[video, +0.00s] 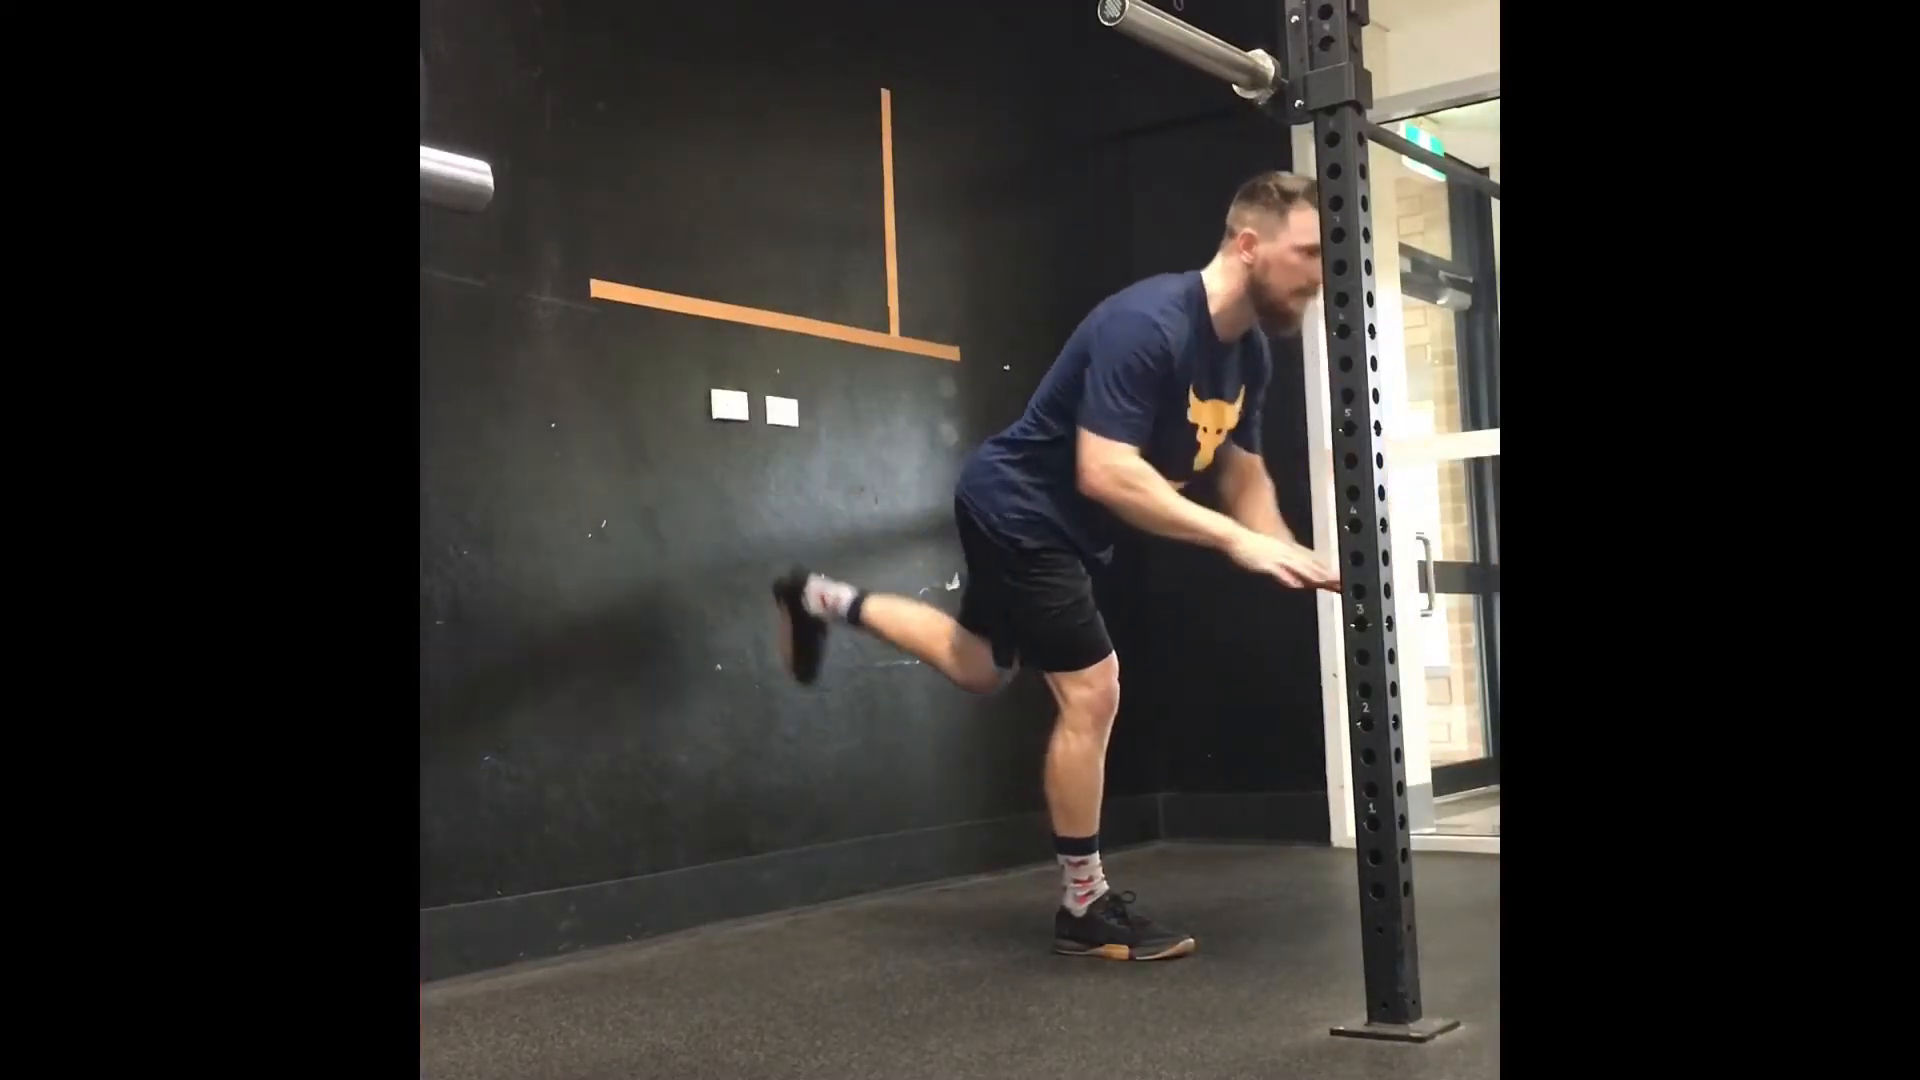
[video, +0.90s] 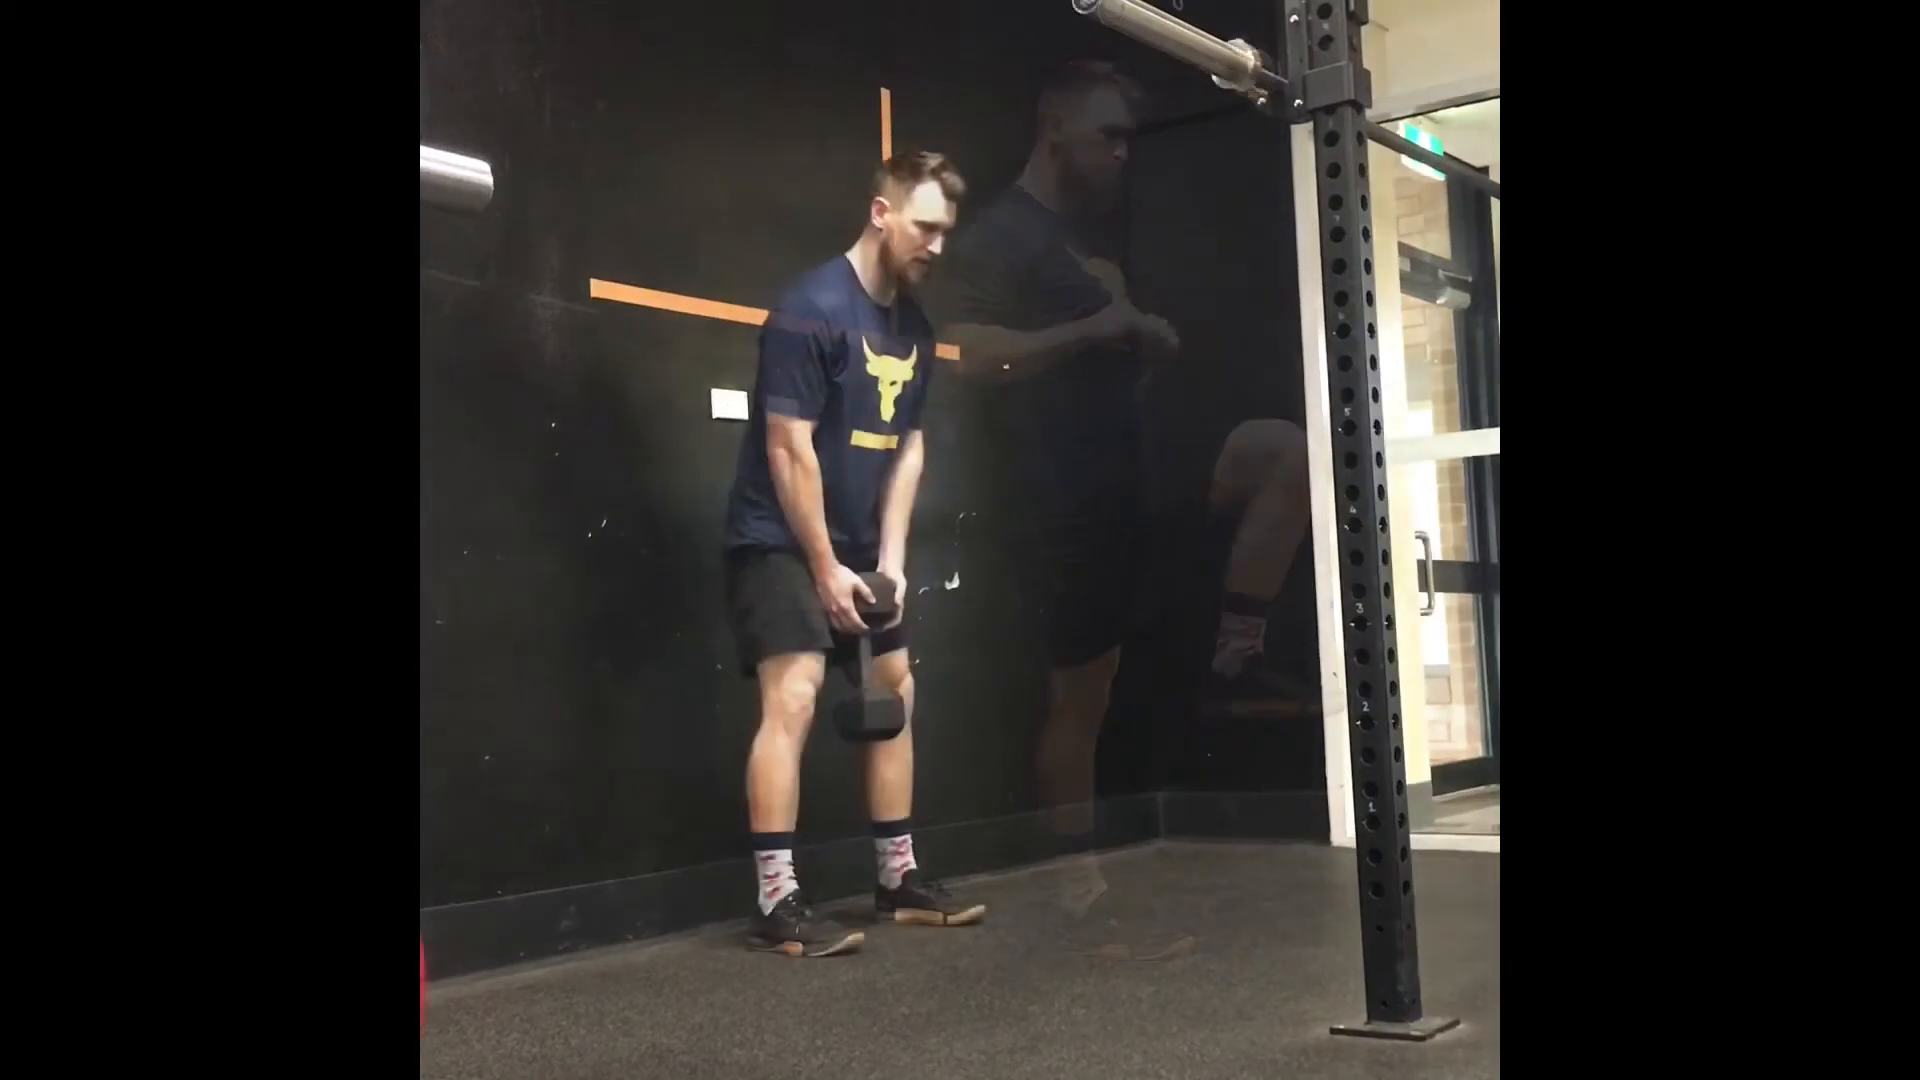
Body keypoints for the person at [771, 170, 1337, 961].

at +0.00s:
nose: (1317, 273)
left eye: (1321, 254)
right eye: (1306, 252)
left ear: (1266, 250)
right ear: (1246, 244)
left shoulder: (1248, 351)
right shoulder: (1144, 324)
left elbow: (1244, 476)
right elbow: (1105, 471)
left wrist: (1291, 558)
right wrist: (1236, 535)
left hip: (1069, 522)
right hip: (1013, 507)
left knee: (974, 662)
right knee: (1090, 691)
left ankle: (823, 598)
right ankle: (1083, 904)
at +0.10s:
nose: (1299, 242)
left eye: (1302, 224)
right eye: (1285, 222)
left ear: (1250, 225)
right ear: (1225, 217)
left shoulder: (1230, 331)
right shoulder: (1127, 305)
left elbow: (1207, 441)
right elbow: (1064, 443)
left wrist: (1234, 520)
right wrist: (1192, 513)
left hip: (1081, 525)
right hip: (1019, 509)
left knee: (1028, 694)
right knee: (1093, 690)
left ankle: (861, 666)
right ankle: (1084, 903)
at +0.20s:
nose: (1269, 209)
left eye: (1273, 192)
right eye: (1254, 189)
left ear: (1216, 192)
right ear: (1195, 184)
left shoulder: (1208, 299)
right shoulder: (1105, 281)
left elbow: (1184, 402)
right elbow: (1035, 412)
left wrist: (1203, 478)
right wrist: (1162, 469)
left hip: (1099, 517)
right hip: (1026, 511)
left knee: (1075, 694)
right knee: (1088, 695)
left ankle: (917, 732)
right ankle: (1083, 903)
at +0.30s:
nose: (1231, 177)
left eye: (1235, 161)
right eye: (1217, 157)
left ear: (1182, 160)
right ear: (1157, 152)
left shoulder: (1178, 271)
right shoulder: (1081, 258)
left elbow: (1137, 393)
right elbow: (1018, 388)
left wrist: (1195, 431)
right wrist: (1149, 424)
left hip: (1110, 514)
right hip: (1030, 515)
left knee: (1148, 682)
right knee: (1084, 698)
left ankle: (991, 777)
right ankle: (1082, 904)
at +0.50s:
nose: (1161, 144)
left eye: (1165, 130)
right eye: (1147, 125)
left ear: (1126, 130)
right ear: (1090, 119)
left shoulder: (1117, 228)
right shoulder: (1034, 228)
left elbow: (1095, 348)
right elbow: (994, 358)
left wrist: (1157, 354)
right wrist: (1127, 348)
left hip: (1135, 491)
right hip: (1057, 510)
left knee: (1246, 599)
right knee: (1087, 701)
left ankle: (1132, 765)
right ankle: (1078, 900)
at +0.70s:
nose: (1126, 152)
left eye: (1132, 138)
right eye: (1114, 132)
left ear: (1107, 136)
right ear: (1057, 121)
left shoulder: (1094, 230)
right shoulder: (1002, 229)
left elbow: (1090, 374)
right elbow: (972, 354)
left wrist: (1145, 344)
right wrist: (1099, 329)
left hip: (1143, 471)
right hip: (1067, 511)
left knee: (1292, 490)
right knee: (1072, 711)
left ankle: (1215, 690)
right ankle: (1081, 902)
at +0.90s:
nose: (1124, 155)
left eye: (1126, 139)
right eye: (1109, 137)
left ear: (1093, 140)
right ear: (1052, 134)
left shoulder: (1093, 245)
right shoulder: (1000, 230)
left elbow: (1132, 362)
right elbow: (956, 348)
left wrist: (1143, 329)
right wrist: (1089, 329)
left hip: (1126, 482)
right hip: (1062, 502)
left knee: (1286, 452)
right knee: (1079, 695)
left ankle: (1238, 654)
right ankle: (1074, 888)